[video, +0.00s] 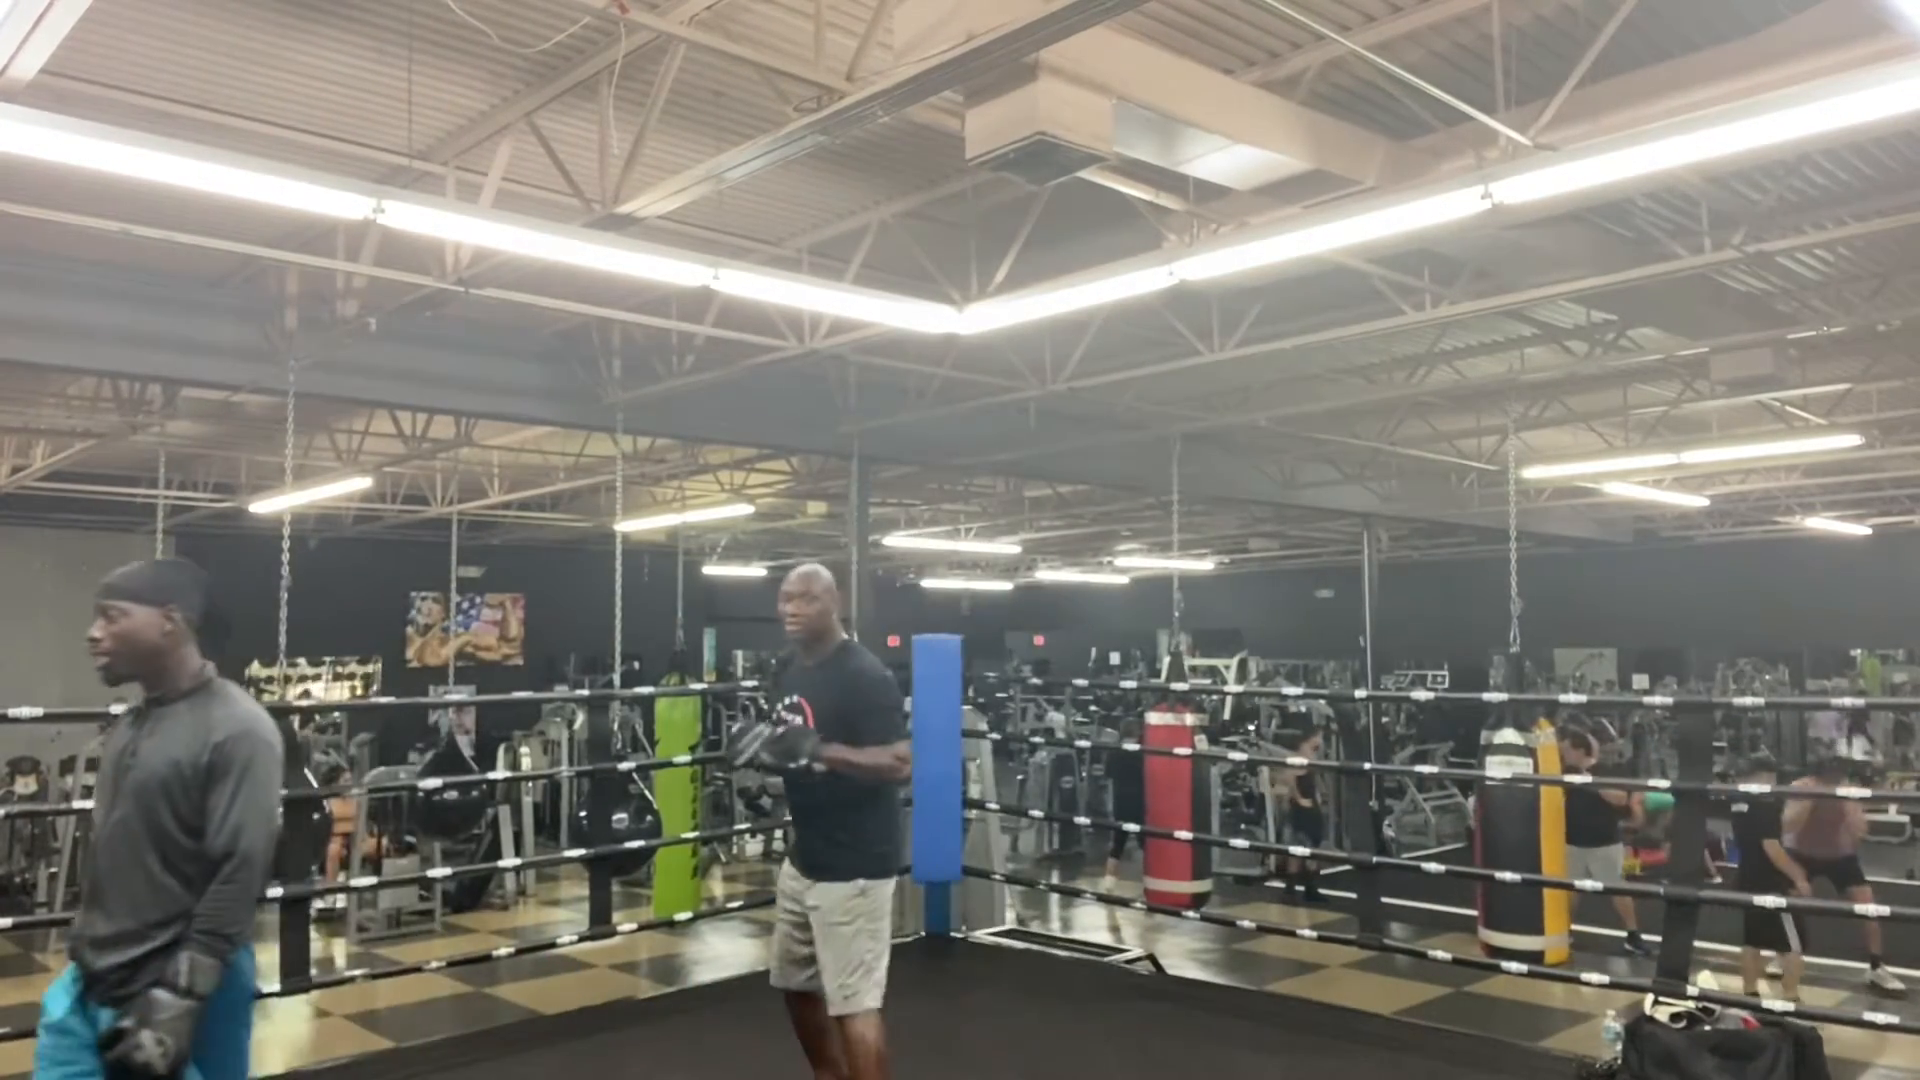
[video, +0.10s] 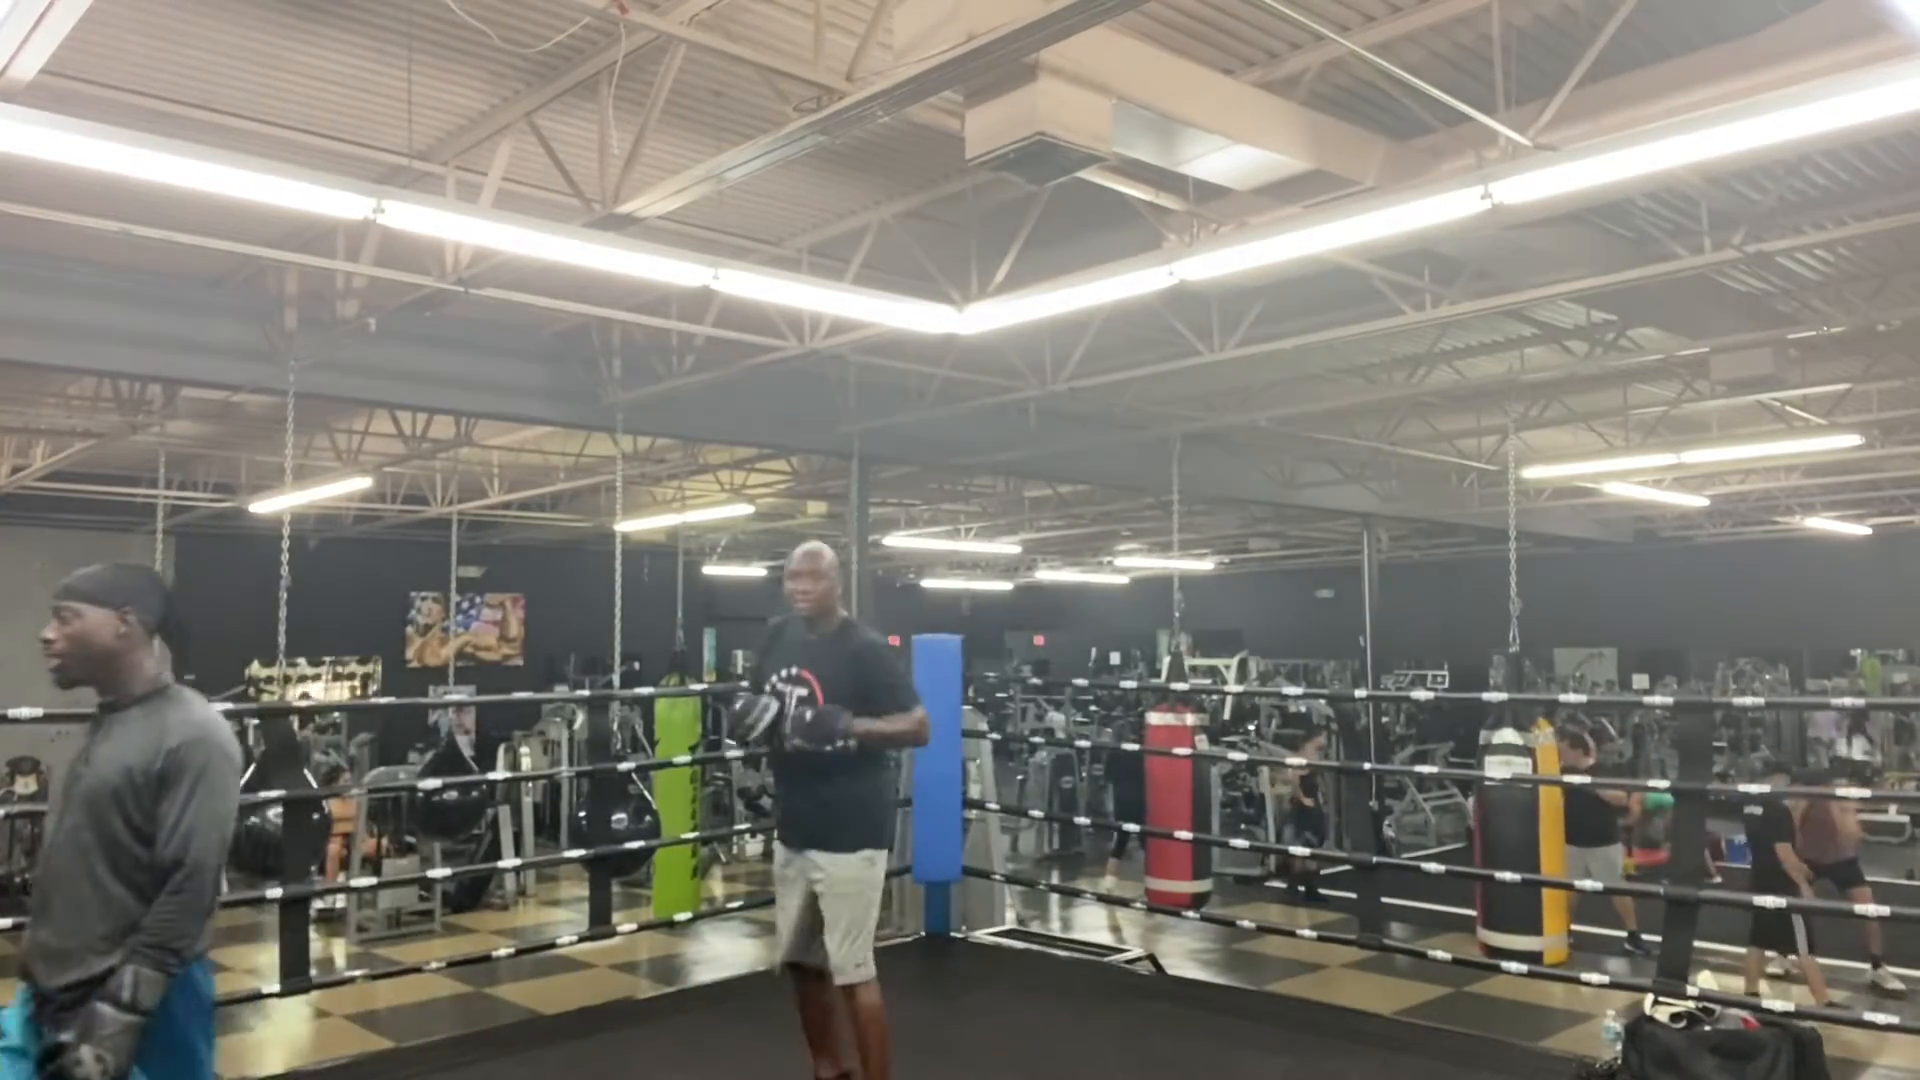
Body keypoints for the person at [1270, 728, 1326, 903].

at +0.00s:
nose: (1315, 753)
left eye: (1317, 749)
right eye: (1313, 748)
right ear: (1300, 745)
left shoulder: (1310, 764)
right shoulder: (1297, 761)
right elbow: (1290, 780)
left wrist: (1316, 798)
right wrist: (1299, 799)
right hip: (1300, 811)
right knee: (1298, 849)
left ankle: (1311, 885)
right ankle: (1291, 885)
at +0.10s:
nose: (1320, 755)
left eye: (1322, 750)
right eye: (1317, 748)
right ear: (1302, 746)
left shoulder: (1314, 773)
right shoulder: (1293, 768)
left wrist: (1314, 802)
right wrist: (1304, 800)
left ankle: (1312, 886)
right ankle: (1293, 886)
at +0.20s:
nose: (1322, 753)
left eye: (1324, 749)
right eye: (1320, 747)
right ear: (1308, 744)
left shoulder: (1313, 765)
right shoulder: (1299, 762)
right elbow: (1297, 781)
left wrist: (1318, 798)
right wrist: (1304, 797)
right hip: (1303, 813)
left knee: (1311, 850)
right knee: (1306, 850)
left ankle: (1309, 886)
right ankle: (1304, 886)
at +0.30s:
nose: (1325, 753)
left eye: (1326, 748)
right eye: (1322, 748)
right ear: (1309, 745)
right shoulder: (1301, 761)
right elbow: (1297, 776)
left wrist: (1317, 797)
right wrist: (1305, 797)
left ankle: (1310, 885)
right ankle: (1305, 886)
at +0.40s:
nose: (1328, 743)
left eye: (1328, 739)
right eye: (1326, 739)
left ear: (1319, 740)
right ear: (1318, 740)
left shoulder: (1318, 756)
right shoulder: (1311, 756)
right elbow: (1299, 774)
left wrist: (1320, 795)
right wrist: (1306, 796)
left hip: (1317, 804)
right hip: (1309, 805)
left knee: (1315, 845)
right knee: (1313, 846)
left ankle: (1310, 885)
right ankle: (1307, 886)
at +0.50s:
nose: (1327, 748)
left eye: (1327, 745)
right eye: (1325, 744)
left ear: (1320, 741)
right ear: (1319, 741)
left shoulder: (1317, 757)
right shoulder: (1309, 757)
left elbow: (1300, 777)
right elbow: (1299, 776)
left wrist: (1320, 794)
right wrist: (1307, 796)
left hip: (1318, 804)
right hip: (1310, 805)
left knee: (1317, 844)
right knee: (1313, 844)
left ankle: (1310, 884)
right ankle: (1307, 885)